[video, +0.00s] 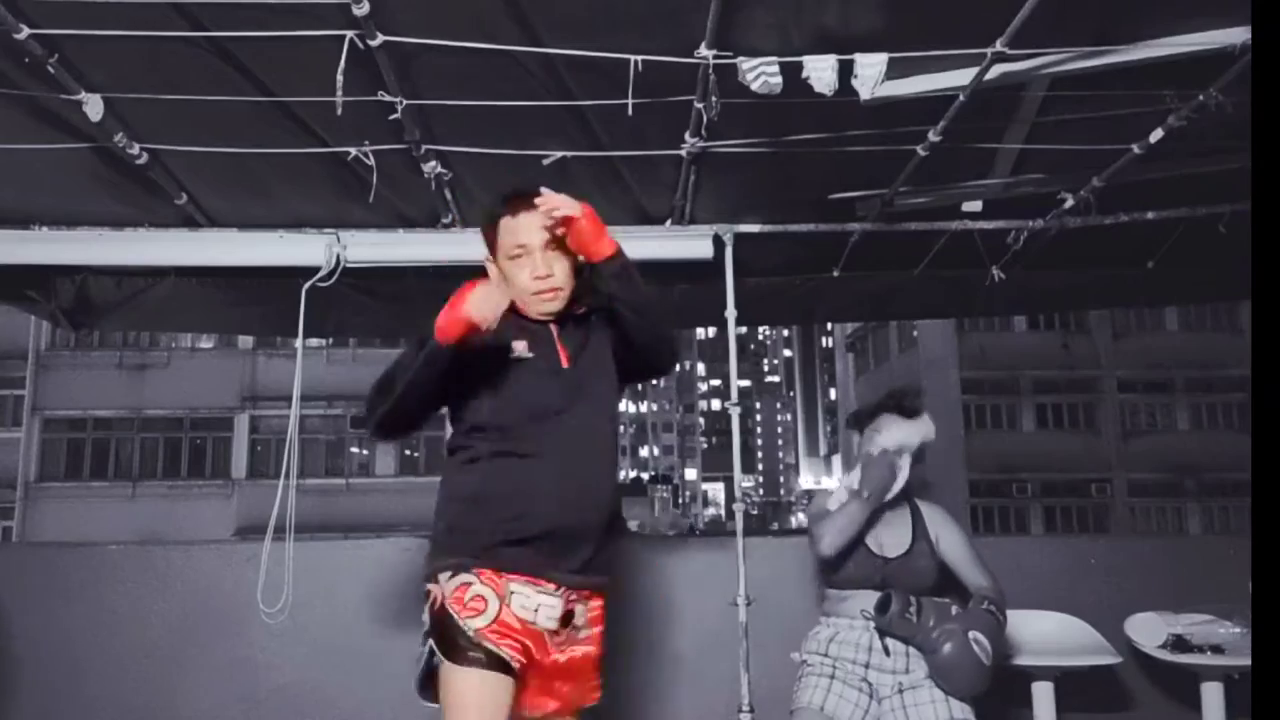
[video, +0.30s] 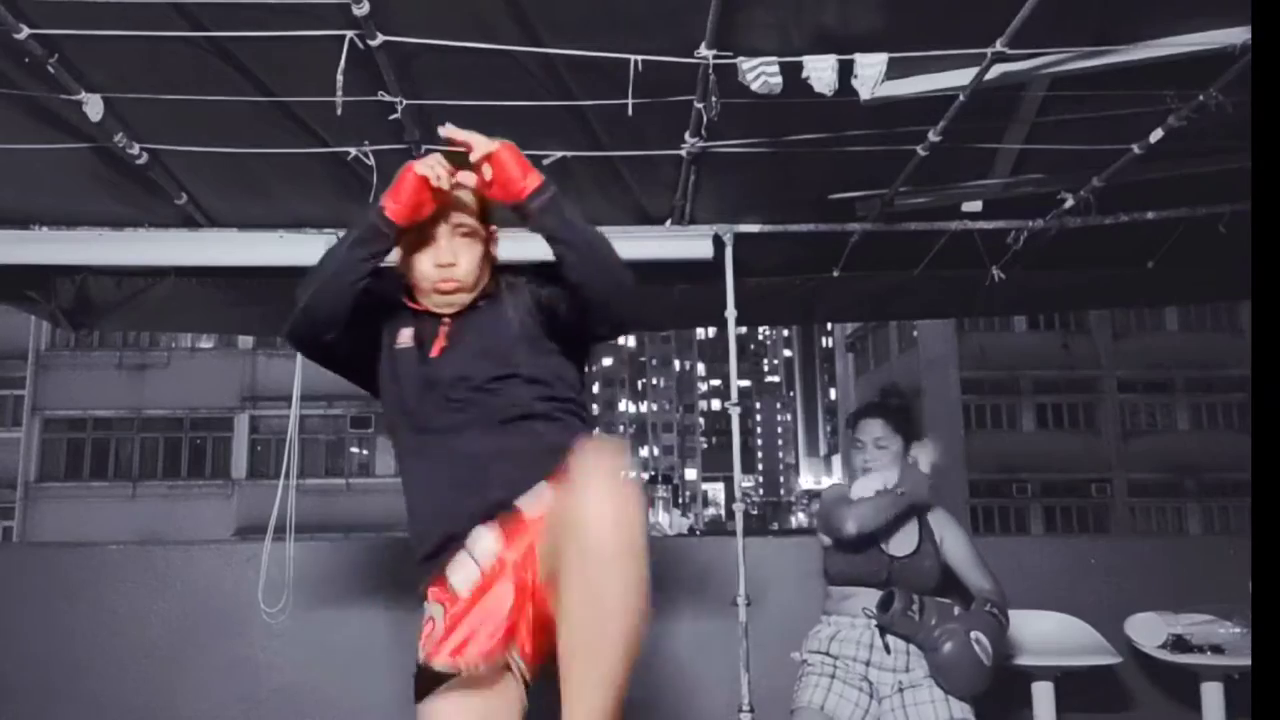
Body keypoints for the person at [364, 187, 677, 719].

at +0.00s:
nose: (542, 269)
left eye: (554, 248)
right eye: (520, 255)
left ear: (577, 255)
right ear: (494, 269)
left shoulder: (603, 335)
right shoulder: (475, 337)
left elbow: (661, 352)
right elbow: (384, 421)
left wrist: (605, 254)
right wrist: (447, 333)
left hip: (580, 589)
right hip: (485, 578)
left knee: (556, 711)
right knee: (476, 711)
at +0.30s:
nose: (445, 256)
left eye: (463, 234)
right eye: (426, 237)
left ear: (489, 244)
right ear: (399, 252)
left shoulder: (540, 308)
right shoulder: (384, 339)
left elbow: (616, 299)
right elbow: (310, 327)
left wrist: (533, 192)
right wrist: (388, 220)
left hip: (566, 537)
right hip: (463, 580)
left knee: (605, 463)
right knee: (454, 707)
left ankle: (588, 712)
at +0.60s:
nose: (415, 239)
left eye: (435, 218)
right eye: (394, 226)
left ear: (470, 235)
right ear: (376, 250)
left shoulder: (521, 287)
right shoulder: (370, 345)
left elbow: (589, 280)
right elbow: (286, 338)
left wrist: (500, 160)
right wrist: (341, 216)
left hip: (558, 518)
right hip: (451, 566)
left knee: (541, 441)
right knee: (441, 706)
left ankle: (528, 712)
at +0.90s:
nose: (480, 194)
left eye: (499, 180)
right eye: (461, 180)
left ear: (522, 199)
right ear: (427, 202)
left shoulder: (566, 275)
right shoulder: (392, 289)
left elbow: (647, 292)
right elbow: (321, 300)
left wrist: (560, 167)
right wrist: (411, 171)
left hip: (577, 554)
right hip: (439, 581)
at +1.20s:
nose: (571, 203)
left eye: (589, 180)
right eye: (545, 184)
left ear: (615, 200)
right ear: (512, 206)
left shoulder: (646, 292)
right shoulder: (479, 285)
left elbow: (725, 329)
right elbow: (383, 362)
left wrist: (657, 208)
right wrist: (480, 209)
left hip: (605, 550)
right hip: (482, 513)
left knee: (603, 706)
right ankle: (501, 711)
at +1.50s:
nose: (601, 192)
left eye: (616, 171)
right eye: (574, 171)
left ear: (637, 189)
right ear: (536, 194)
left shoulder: (658, 288)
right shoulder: (497, 269)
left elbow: (732, 353)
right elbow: (400, 368)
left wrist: (680, 221)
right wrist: (491, 217)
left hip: (611, 559)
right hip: (480, 512)